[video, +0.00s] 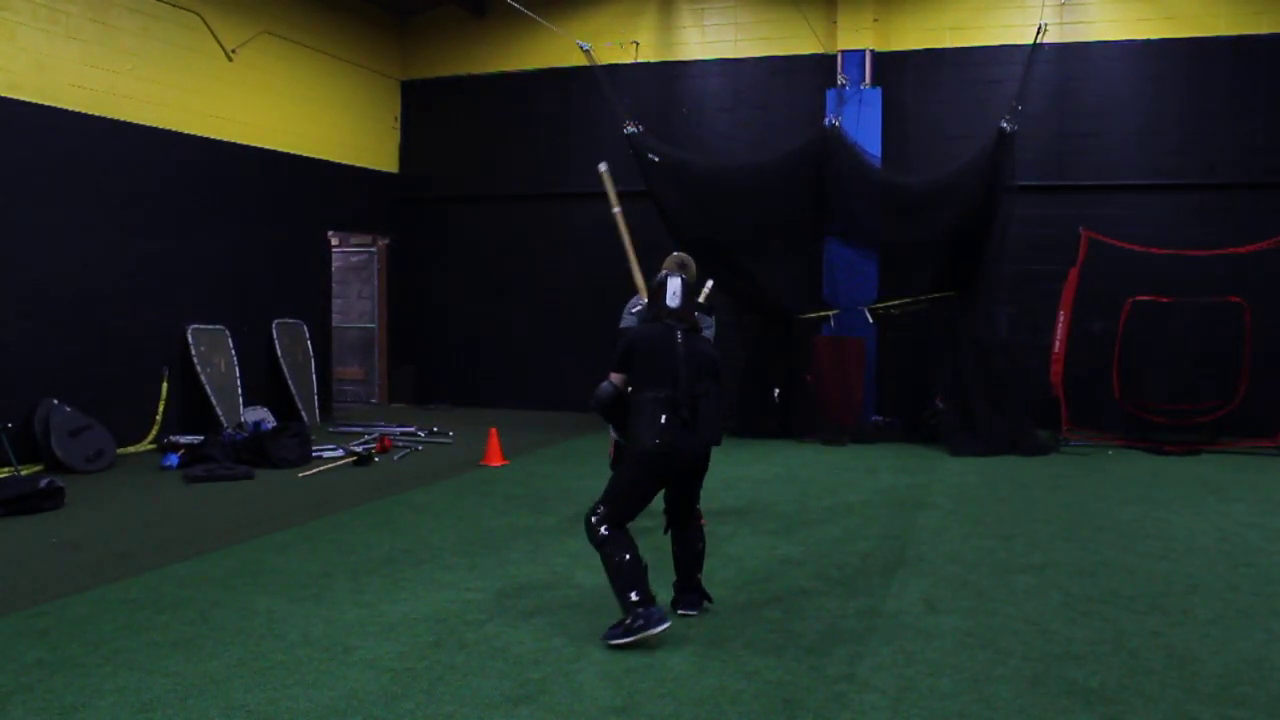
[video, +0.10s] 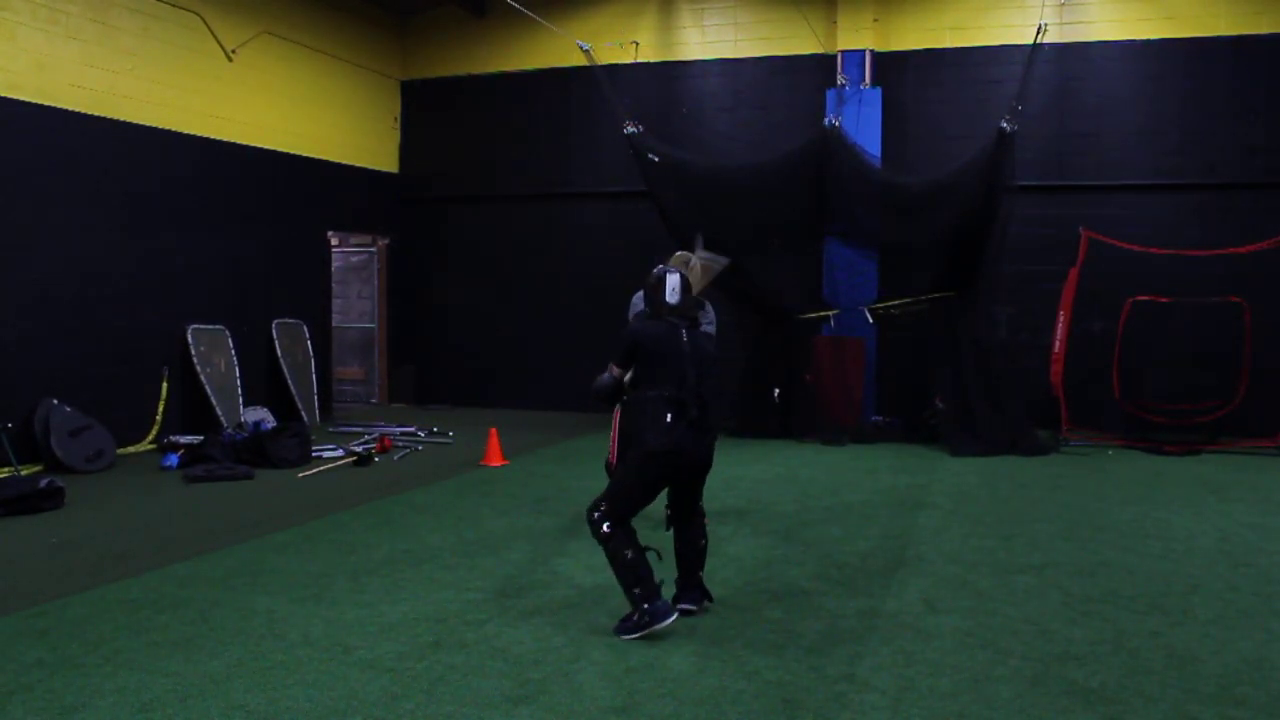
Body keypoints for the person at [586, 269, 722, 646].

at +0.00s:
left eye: (648, 300)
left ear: (651, 304)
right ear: (691, 309)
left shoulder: (637, 337)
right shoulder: (704, 348)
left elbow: (610, 393)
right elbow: (715, 403)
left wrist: (625, 426)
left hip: (649, 448)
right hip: (695, 450)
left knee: (603, 520)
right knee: (685, 514)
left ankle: (641, 608)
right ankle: (690, 595)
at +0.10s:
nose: (642, 302)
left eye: (644, 296)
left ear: (649, 299)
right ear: (687, 302)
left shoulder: (641, 331)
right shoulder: (703, 340)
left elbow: (607, 388)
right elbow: (709, 393)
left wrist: (608, 382)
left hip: (654, 446)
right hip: (698, 446)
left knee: (605, 514)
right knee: (688, 508)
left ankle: (648, 603)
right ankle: (692, 589)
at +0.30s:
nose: (643, 322)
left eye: (645, 315)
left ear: (647, 320)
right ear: (683, 317)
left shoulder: (639, 359)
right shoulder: (703, 356)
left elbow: (605, 385)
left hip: (662, 470)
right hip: (706, 464)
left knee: (607, 531)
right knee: (709, 511)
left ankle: (643, 610)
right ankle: (726, 577)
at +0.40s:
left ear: (639, 343)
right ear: (678, 337)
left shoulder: (632, 390)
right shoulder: (703, 374)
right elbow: (723, 434)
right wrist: (720, 488)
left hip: (667, 492)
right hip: (713, 486)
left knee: (610, 539)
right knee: (715, 507)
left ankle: (633, 604)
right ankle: (727, 575)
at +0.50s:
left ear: (620, 363)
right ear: (662, 350)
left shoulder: (622, 403)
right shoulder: (692, 369)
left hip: (683, 495)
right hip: (728, 486)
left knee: (617, 538)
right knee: (703, 502)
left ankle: (641, 612)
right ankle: (727, 573)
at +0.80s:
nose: (639, 360)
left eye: (641, 352)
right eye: (639, 352)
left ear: (652, 353)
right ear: (680, 338)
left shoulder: (654, 394)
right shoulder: (718, 359)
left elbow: (650, 465)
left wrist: (625, 494)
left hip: (710, 481)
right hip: (754, 470)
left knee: (647, 533)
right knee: (747, 512)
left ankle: (645, 619)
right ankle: (788, 577)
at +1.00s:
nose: (686, 360)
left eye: (688, 354)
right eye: (686, 353)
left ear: (698, 356)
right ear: (722, 343)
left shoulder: (708, 391)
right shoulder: (752, 366)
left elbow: (688, 431)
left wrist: (686, 397)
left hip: (756, 482)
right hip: (786, 475)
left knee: (689, 525)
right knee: (744, 518)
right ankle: (792, 580)